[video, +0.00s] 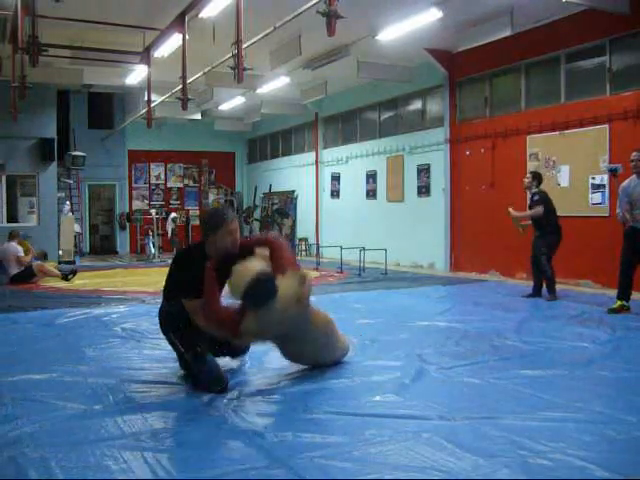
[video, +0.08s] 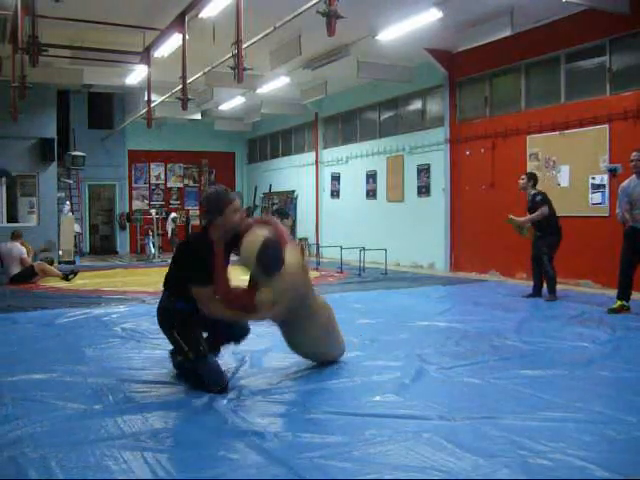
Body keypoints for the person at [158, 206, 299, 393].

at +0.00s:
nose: (236, 238)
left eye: (237, 232)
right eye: (230, 234)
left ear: (240, 230)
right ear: (213, 236)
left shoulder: (234, 253)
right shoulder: (187, 260)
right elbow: (198, 315)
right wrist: (234, 332)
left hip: (205, 310)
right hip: (177, 319)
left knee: (238, 347)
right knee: (216, 384)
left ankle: (200, 344)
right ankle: (190, 366)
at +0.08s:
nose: (243, 216)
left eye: (241, 210)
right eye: (236, 212)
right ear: (217, 219)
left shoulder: (226, 239)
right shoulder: (195, 247)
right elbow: (207, 306)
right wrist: (252, 316)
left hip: (202, 307)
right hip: (177, 314)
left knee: (238, 329)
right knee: (217, 384)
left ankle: (203, 349)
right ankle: (181, 361)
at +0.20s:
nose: (246, 200)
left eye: (244, 195)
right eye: (241, 197)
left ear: (225, 205)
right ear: (226, 204)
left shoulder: (224, 229)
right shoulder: (210, 234)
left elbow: (240, 275)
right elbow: (222, 295)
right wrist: (272, 293)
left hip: (200, 303)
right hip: (180, 310)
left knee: (235, 311)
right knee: (218, 384)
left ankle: (202, 345)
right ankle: (166, 364)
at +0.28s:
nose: (242, 185)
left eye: (239, 180)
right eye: (237, 182)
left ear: (221, 193)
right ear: (227, 192)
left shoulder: (226, 219)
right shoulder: (216, 223)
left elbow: (251, 253)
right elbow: (238, 277)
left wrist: (279, 255)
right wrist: (281, 270)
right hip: (188, 301)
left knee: (233, 294)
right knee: (217, 383)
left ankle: (211, 352)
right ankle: (153, 361)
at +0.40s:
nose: (237, 182)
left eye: (234, 177)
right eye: (234, 178)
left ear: (206, 188)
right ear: (229, 186)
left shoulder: (198, 216)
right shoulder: (227, 220)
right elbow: (258, 263)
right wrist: (295, 248)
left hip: (188, 294)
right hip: (203, 303)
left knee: (232, 290)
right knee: (218, 382)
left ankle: (223, 351)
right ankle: (148, 356)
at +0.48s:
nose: (235, 184)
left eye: (233, 181)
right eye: (233, 181)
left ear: (205, 190)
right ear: (229, 186)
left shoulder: (196, 219)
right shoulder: (236, 218)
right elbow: (272, 251)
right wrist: (303, 232)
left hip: (189, 297)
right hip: (215, 302)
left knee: (236, 293)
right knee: (217, 384)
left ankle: (225, 357)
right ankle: (141, 370)